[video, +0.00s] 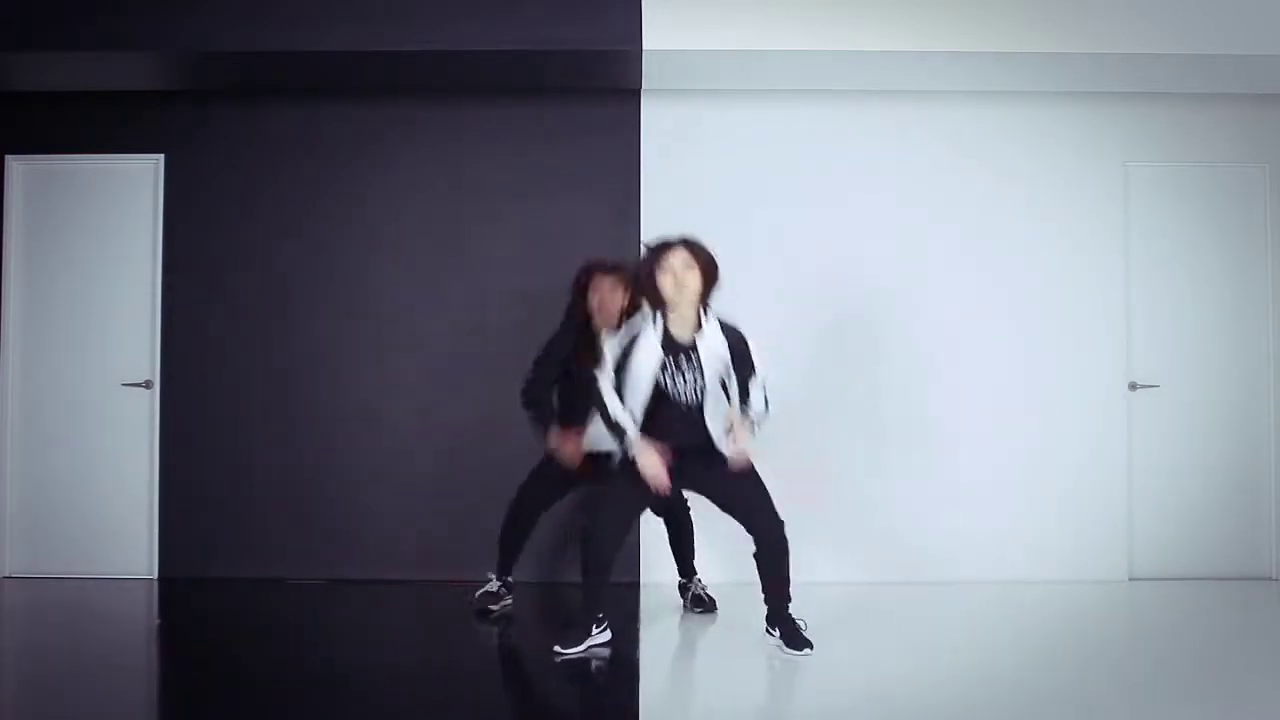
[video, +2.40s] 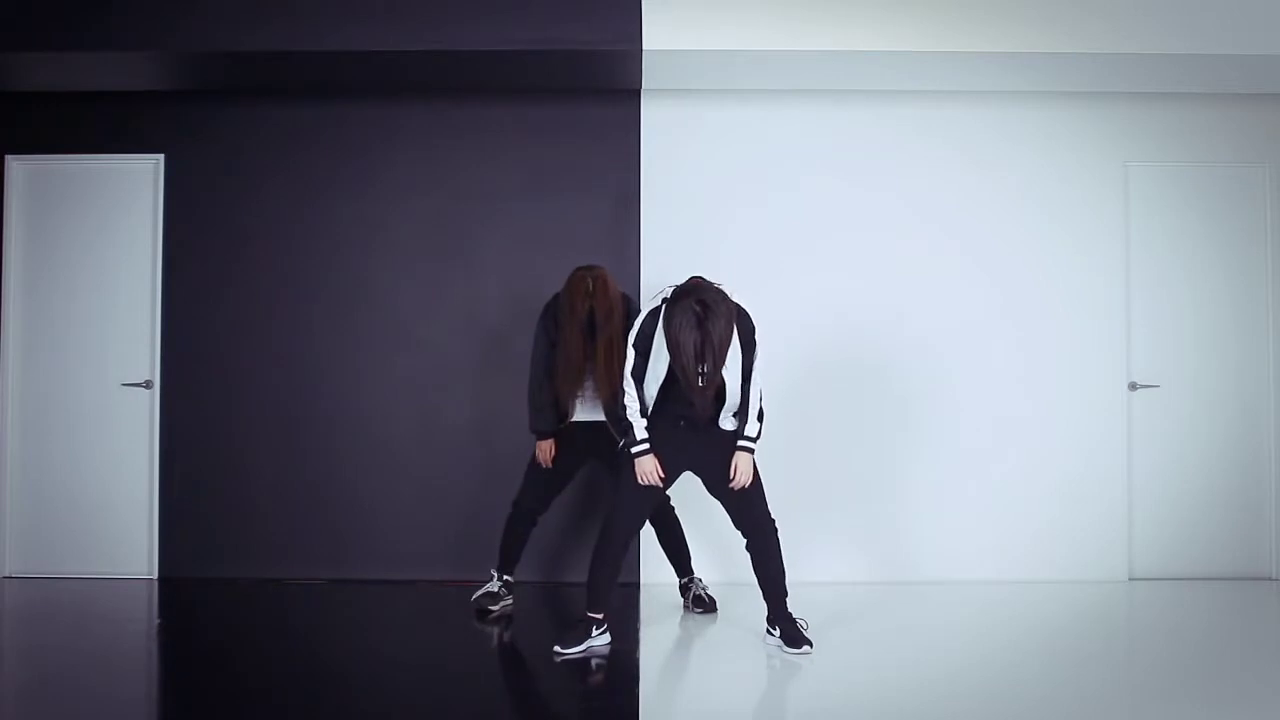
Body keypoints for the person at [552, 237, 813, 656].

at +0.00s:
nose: (677, 277)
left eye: (687, 268)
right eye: (666, 270)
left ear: (704, 278)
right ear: (654, 283)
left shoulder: (727, 339)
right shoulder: (633, 336)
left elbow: (754, 396)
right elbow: (605, 390)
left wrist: (744, 428)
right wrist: (637, 446)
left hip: (709, 457)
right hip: (650, 455)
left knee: (769, 528)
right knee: (601, 521)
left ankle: (778, 615)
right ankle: (595, 621)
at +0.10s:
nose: (696, 367)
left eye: (705, 357)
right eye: (687, 358)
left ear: (721, 362)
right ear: (673, 363)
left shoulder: (739, 403)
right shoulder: (651, 405)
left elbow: (769, 452)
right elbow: (626, 462)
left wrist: (756, 494)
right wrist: (655, 510)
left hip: (725, 486)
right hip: (669, 485)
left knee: (785, 534)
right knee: (601, 532)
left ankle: (781, 617)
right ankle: (596, 623)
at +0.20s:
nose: (719, 444)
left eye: (724, 440)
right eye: (713, 440)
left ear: (731, 425)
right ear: (695, 427)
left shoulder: (740, 423)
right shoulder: (662, 419)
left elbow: (781, 466)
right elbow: (620, 477)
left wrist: (758, 511)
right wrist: (650, 526)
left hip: (723, 500)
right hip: (668, 500)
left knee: (790, 530)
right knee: (603, 530)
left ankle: (782, 618)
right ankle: (596, 624)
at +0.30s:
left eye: (710, 492)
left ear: (725, 462)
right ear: (681, 457)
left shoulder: (739, 430)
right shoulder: (661, 433)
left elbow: (782, 474)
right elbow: (619, 486)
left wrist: (759, 518)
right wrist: (652, 532)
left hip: (728, 493)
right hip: (667, 496)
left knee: (795, 532)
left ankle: (781, 617)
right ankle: (600, 625)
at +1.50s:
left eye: (716, 434)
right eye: (700, 436)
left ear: (727, 400)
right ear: (683, 403)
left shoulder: (739, 379)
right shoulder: (661, 380)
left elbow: (768, 435)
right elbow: (628, 441)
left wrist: (757, 503)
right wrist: (649, 506)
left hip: (721, 463)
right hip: (663, 464)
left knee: (781, 526)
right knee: (609, 529)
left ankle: (780, 616)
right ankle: (596, 623)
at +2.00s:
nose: (707, 390)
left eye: (715, 382)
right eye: (699, 382)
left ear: (728, 352)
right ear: (682, 354)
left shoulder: (743, 347)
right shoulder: (657, 340)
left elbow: (756, 409)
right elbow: (632, 402)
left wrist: (749, 469)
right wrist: (642, 471)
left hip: (721, 450)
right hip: (664, 448)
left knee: (769, 529)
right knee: (613, 529)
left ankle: (780, 617)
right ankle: (596, 621)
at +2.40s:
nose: (701, 356)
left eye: (709, 349)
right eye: (692, 349)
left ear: (723, 323)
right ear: (676, 324)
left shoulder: (740, 324)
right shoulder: (652, 321)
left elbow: (753, 387)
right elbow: (629, 383)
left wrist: (747, 445)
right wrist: (640, 448)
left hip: (719, 440)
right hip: (663, 439)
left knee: (760, 526)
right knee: (619, 525)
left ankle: (779, 616)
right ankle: (596, 620)